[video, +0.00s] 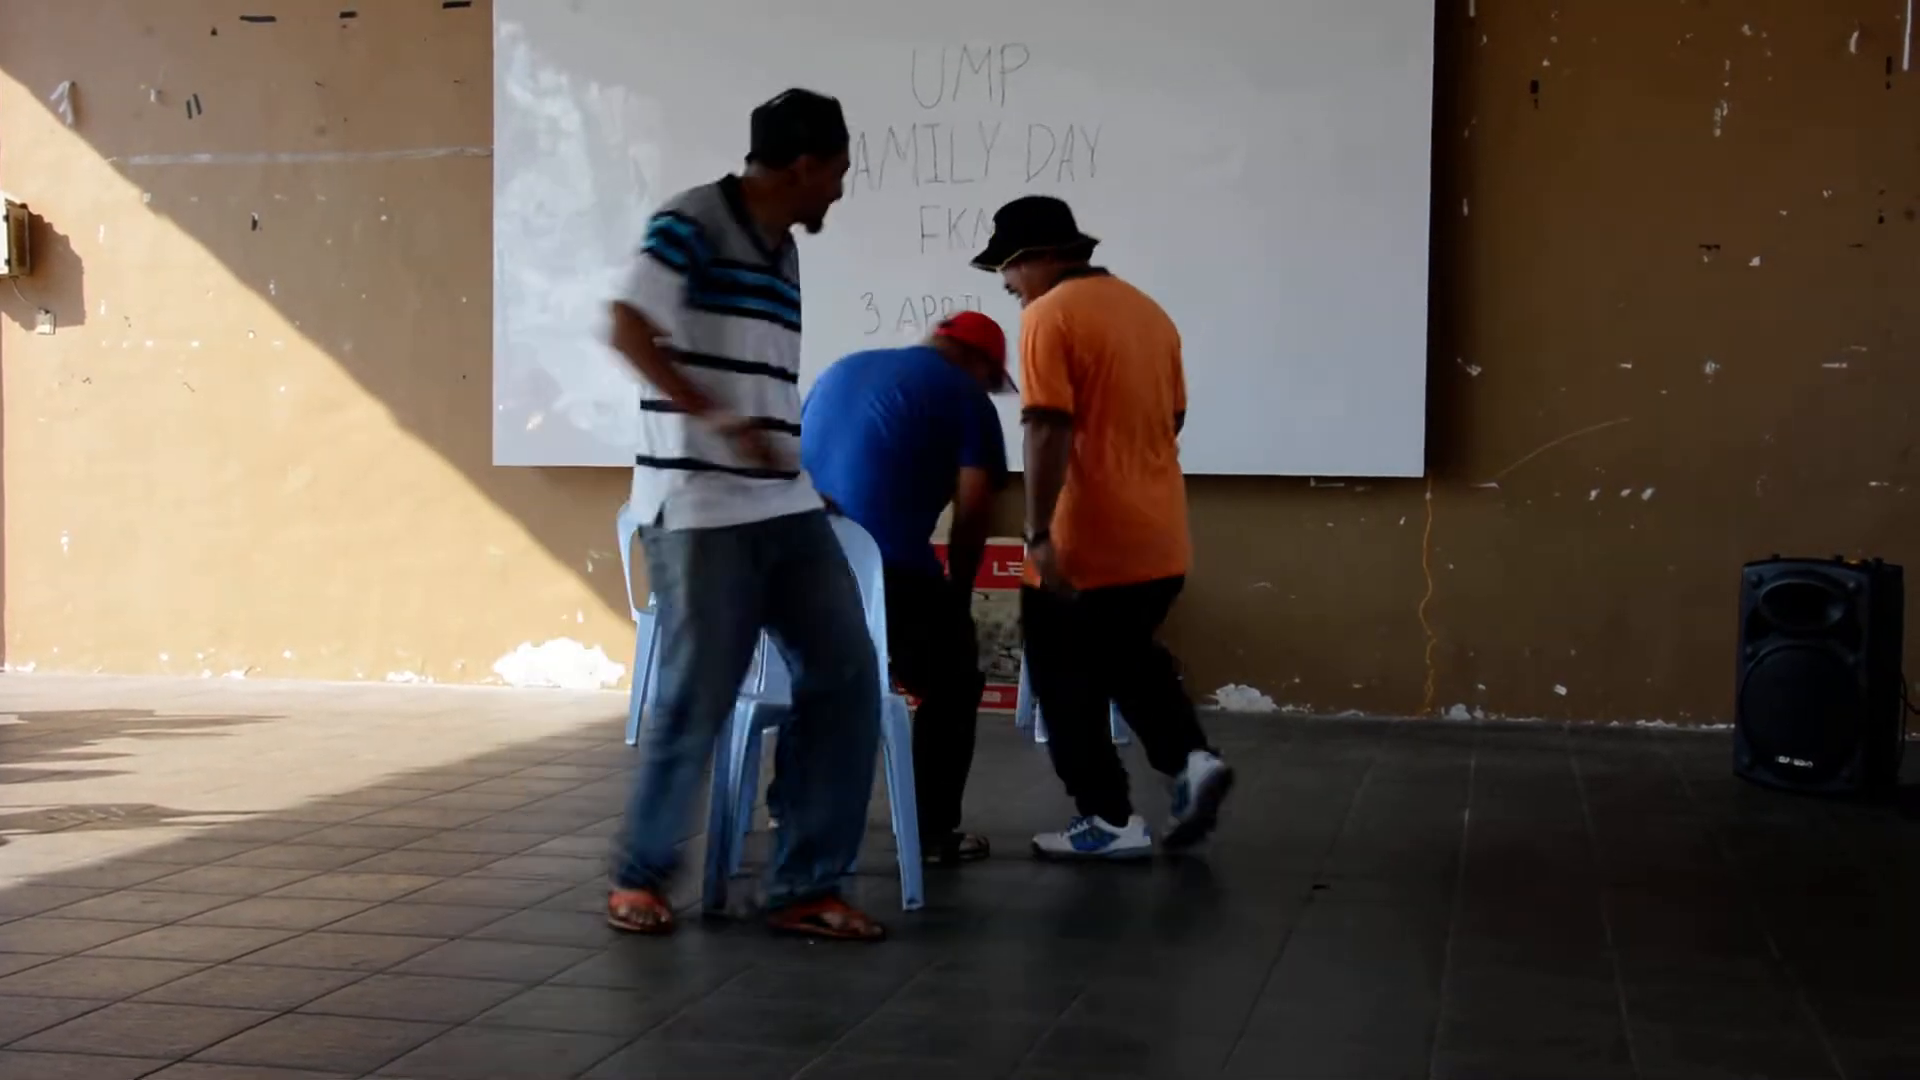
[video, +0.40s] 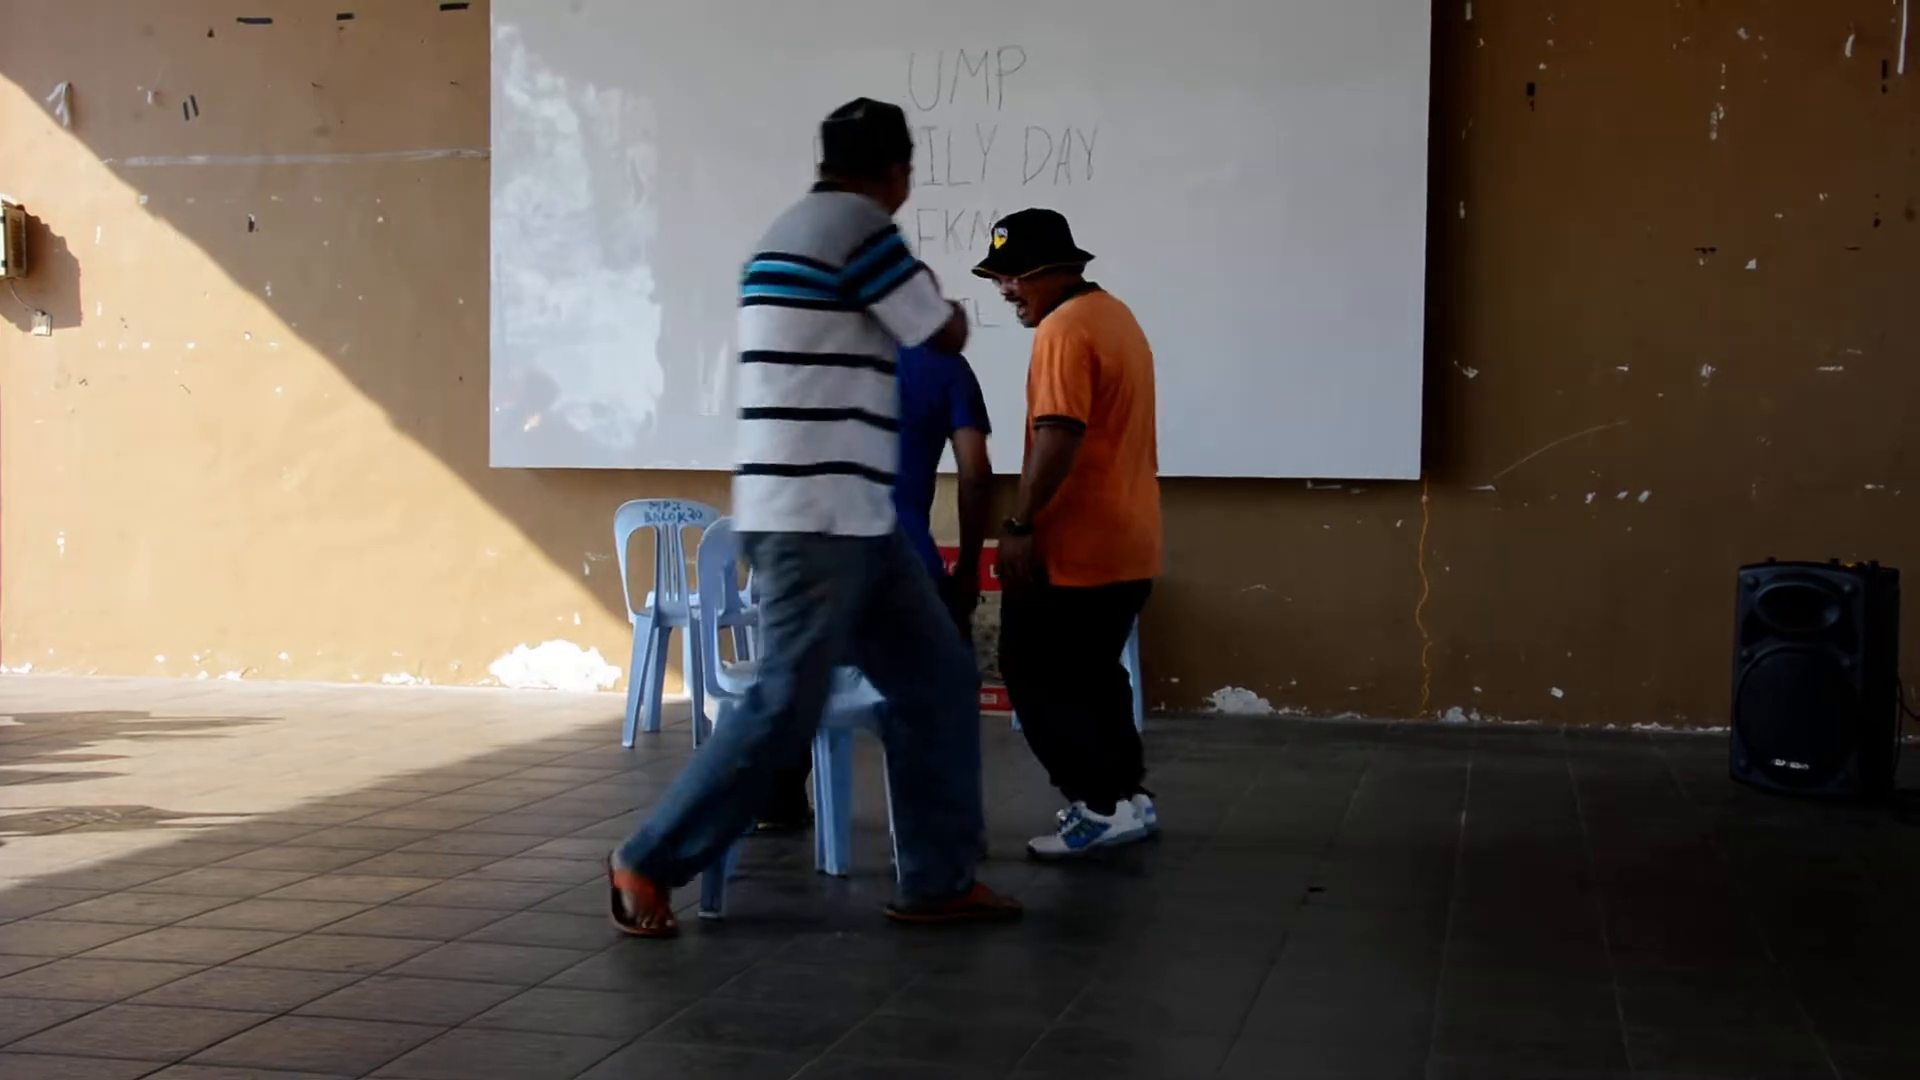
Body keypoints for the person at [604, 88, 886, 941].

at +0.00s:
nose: (840, 191)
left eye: (843, 173)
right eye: (836, 172)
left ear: (793, 166)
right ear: (799, 166)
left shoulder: (784, 255)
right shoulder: (689, 224)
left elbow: (763, 376)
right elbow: (627, 328)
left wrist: (787, 458)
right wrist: (712, 411)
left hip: (785, 509)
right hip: (700, 512)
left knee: (845, 684)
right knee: (692, 702)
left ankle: (807, 889)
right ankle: (637, 879)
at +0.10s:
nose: (852, 182)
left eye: (852, 164)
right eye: (848, 163)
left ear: (795, 157)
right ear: (817, 161)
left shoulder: (769, 241)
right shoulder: (725, 228)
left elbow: (737, 366)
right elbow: (730, 353)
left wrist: (782, 462)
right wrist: (833, 407)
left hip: (786, 504)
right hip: (709, 510)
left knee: (875, 659)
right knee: (708, 700)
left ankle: (820, 861)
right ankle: (648, 882)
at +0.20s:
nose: (863, 188)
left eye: (864, 170)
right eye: (861, 169)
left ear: (795, 160)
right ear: (832, 166)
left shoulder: (760, 227)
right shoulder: (762, 227)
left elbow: (736, 375)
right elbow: (837, 353)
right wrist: (894, 366)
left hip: (795, 508)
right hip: (720, 517)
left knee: (897, 655)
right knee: (721, 706)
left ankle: (876, 868)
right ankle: (650, 882)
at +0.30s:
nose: (887, 186)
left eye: (886, 170)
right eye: (885, 169)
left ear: (809, 161)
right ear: (866, 168)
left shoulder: (764, 229)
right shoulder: (816, 231)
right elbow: (904, 341)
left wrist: (917, 325)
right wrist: (947, 332)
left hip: (819, 517)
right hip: (757, 518)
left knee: (912, 680)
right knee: (737, 717)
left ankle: (935, 881)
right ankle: (645, 882)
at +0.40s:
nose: (908, 185)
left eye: (907, 171)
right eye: (909, 171)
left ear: (828, 162)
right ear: (893, 169)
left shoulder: (777, 238)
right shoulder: (858, 228)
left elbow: (827, 351)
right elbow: (945, 336)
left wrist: (917, 309)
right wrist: (944, 305)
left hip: (801, 513)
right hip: (820, 518)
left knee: (938, 677)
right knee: (779, 710)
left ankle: (937, 881)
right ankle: (646, 864)